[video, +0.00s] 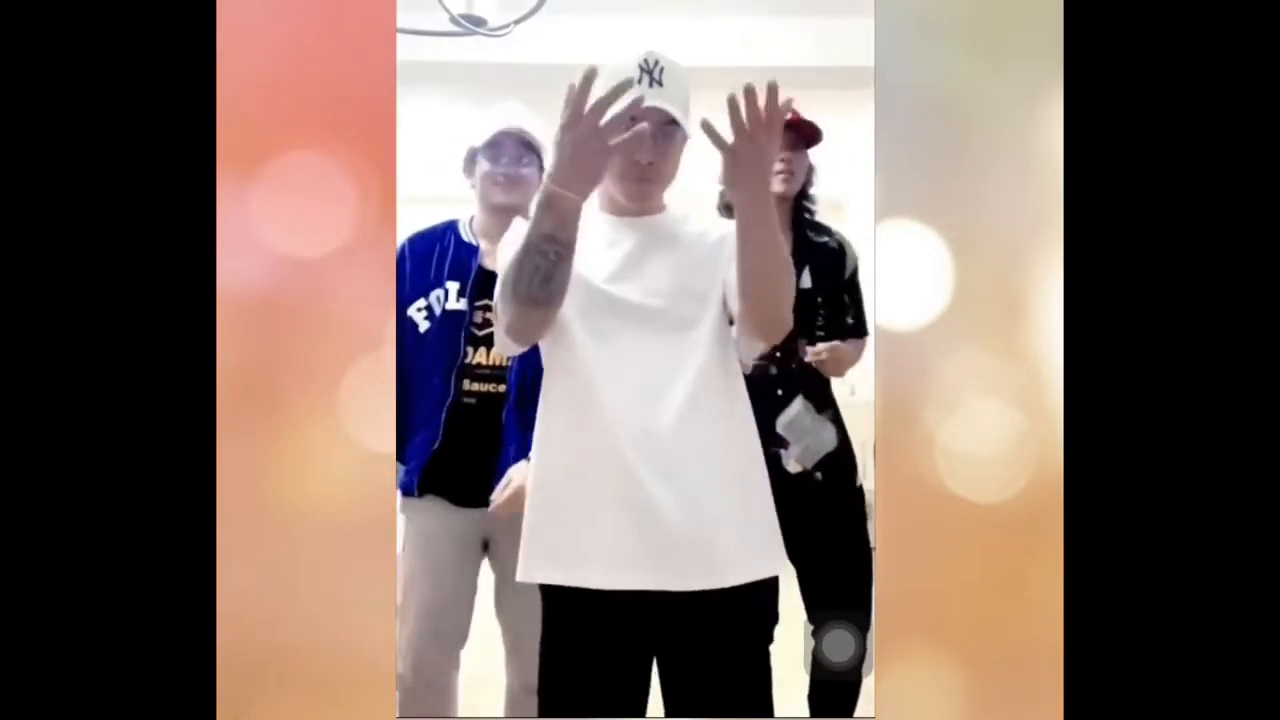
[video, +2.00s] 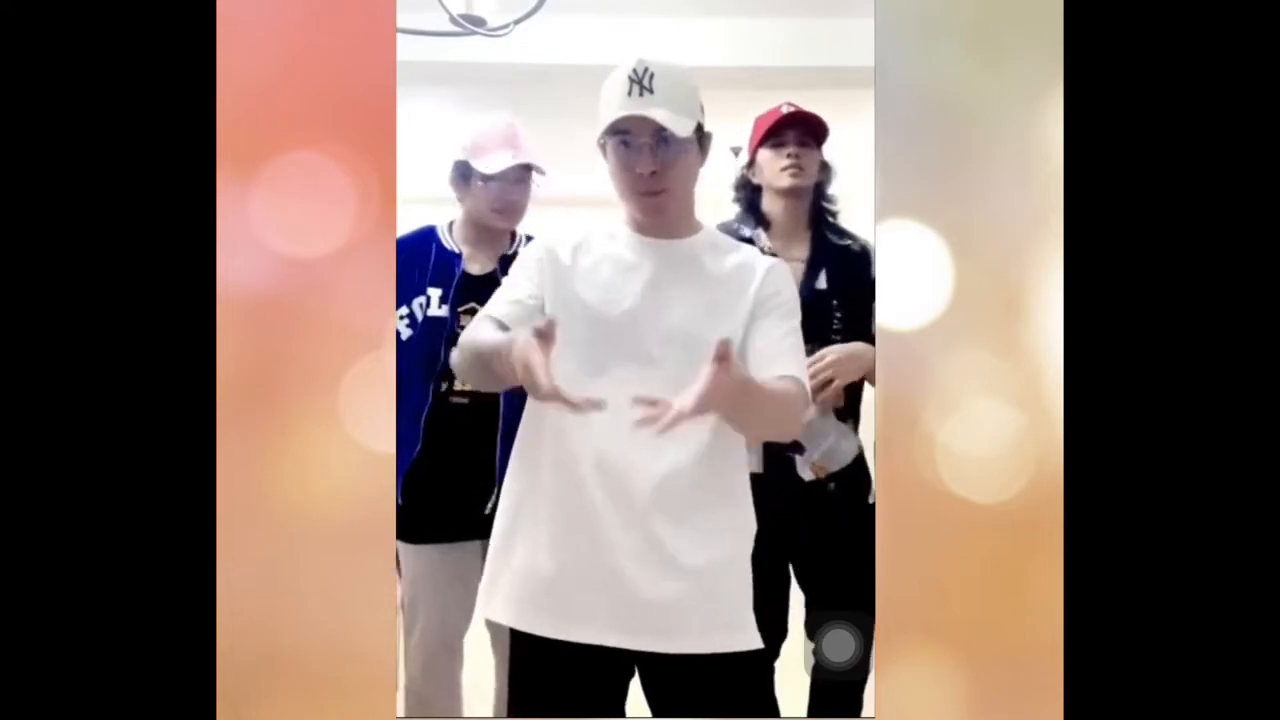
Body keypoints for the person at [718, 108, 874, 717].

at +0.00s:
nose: (786, 163)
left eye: (796, 154)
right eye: (774, 154)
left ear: (809, 167)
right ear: (747, 165)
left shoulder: (826, 247)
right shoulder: (714, 244)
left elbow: (852, 338)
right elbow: (692, 331)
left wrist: (828, 355)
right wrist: (742, 343)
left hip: (811, 438)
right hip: (730, 440)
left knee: (844, 616)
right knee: (741, 614)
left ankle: (831, 718)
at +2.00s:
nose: (794, 154)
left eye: (806, 145)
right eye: (778, 145)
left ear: (821, 164)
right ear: (751, 164)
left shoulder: (856, 258)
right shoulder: (717, 251)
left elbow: (913, 355)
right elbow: (691, 346)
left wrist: (868, 357)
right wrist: (762, 385)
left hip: (835, 478)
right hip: (745, 476)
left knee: (845, 650)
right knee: (749, 643)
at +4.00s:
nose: (800, 156)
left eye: (813, 146)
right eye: (785, 145)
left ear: (829, 161)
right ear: (759, 162)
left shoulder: (866, 248)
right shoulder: (733, 249)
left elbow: (894, 351)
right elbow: (711, 351)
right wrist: (770, 277)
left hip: (850, 460)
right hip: (755, 459)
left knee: (843, 643)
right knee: (758, 633)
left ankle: (834, 716)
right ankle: (770, 712)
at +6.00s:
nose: (818, 173)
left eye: (834, 160)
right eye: (812, 161)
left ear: (869, 168)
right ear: (805, 167)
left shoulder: (893, 247)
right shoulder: (793, 247)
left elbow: (885, 331)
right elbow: (768, 365)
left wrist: (825, 255)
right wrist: (772, 265)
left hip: (862, 470)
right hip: (788, 466)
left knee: (852, 634)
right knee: (769, 625)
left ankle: (853, 717)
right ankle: (761, 714)